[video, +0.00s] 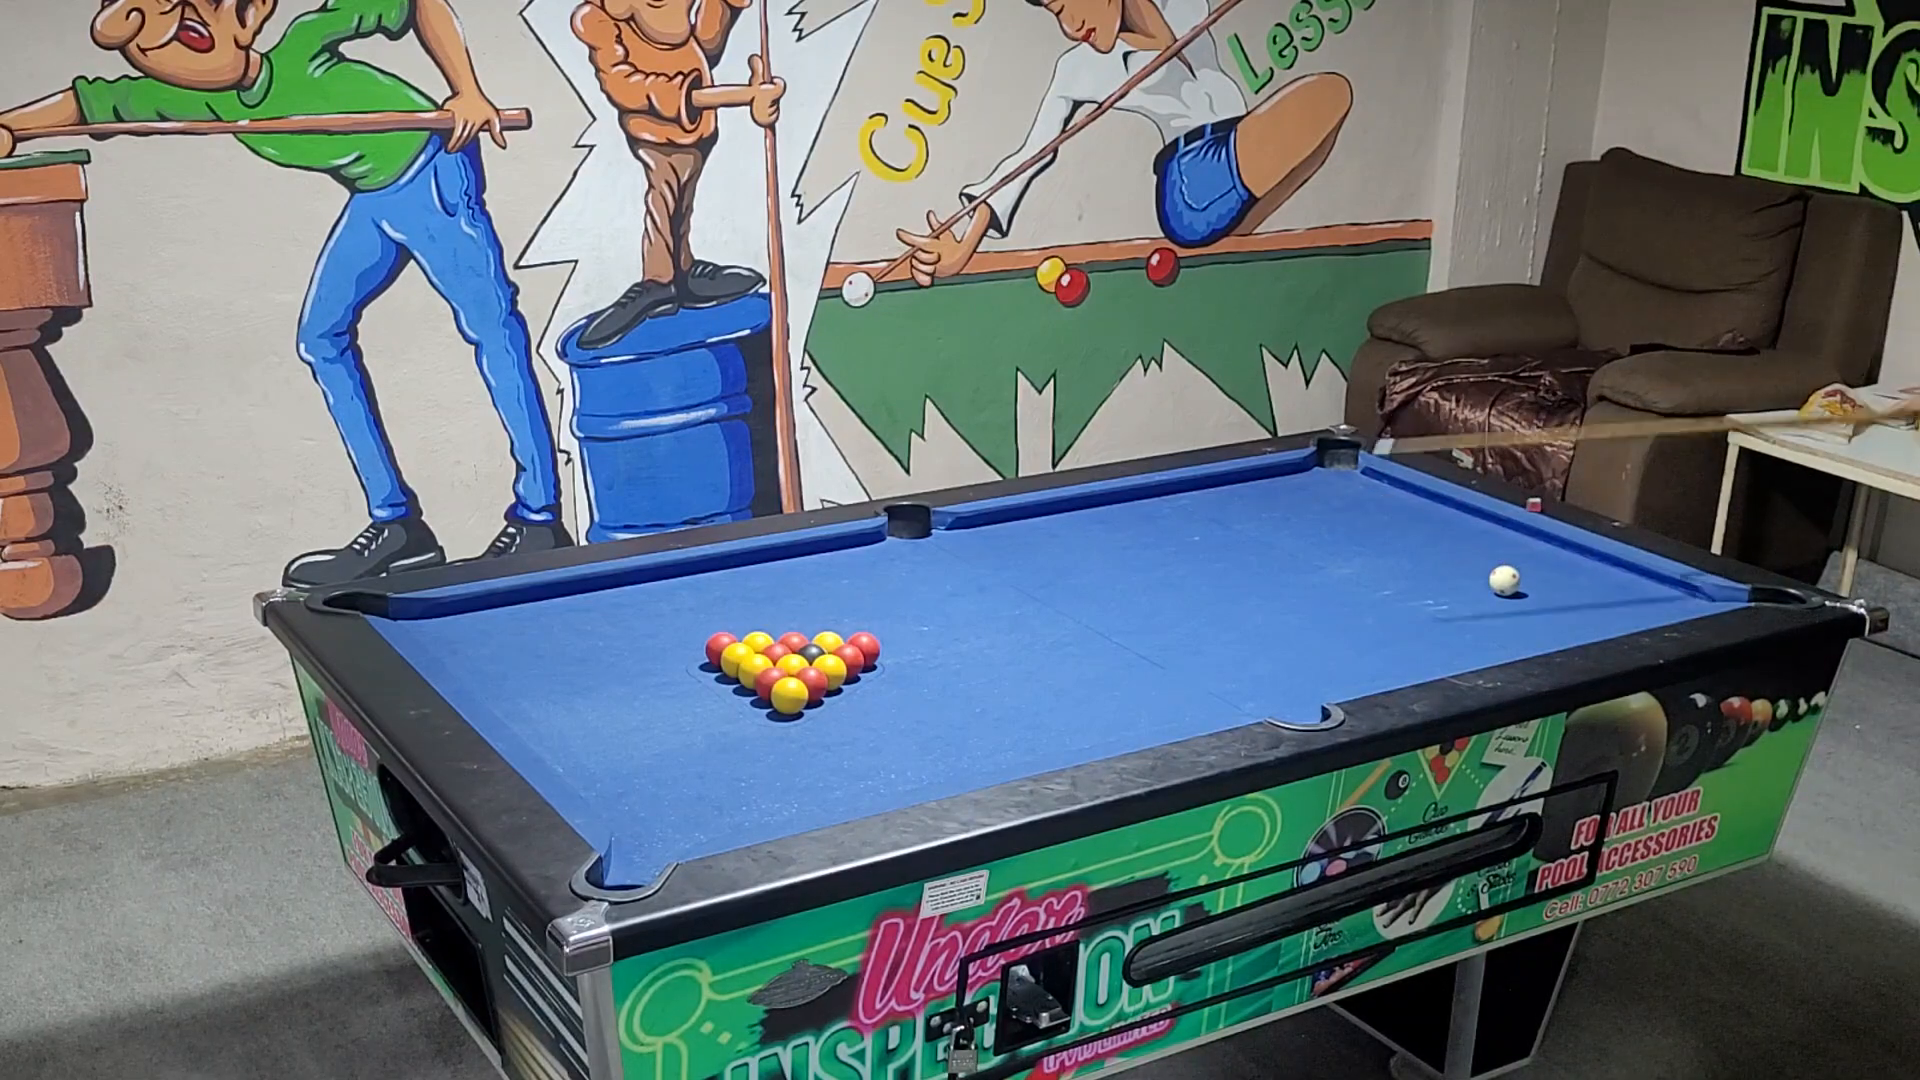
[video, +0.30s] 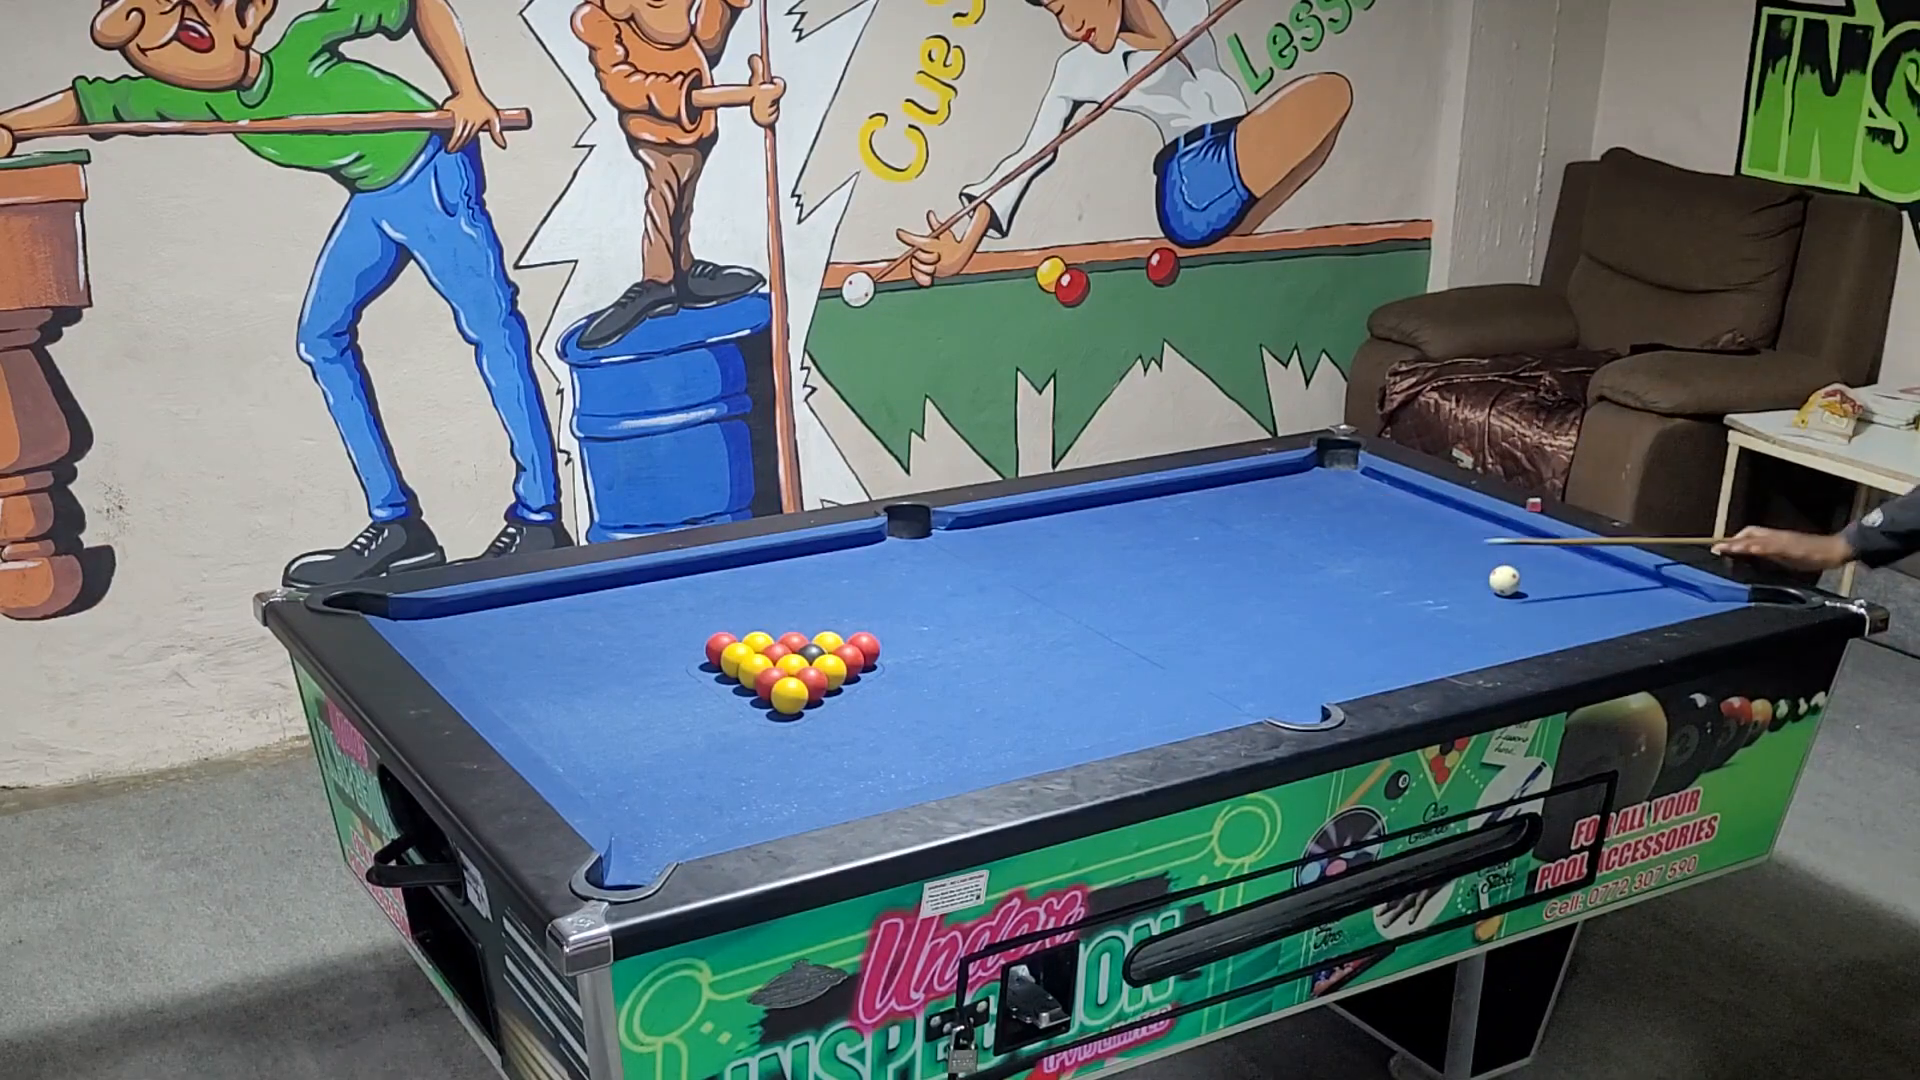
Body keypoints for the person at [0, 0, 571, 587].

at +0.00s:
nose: (207, 53)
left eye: (200, 39)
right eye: (190, 54)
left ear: (224, 20)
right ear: (183, 74)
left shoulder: (300, 37)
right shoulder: (213, 99)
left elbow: (418, 4)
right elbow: (90, 101)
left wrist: (467, 87)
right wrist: (9, 124)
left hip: (426, 166)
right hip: (369, 199)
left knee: (492, 330)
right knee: (322, 338)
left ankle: (541, 517)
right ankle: (397, 523)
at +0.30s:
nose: (205, 50)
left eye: (198, 35)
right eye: (188, 52)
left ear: (224, 16)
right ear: (181, 75)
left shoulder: (300, 37)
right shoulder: (215, 99)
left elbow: (418, 3)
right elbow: (91, 100)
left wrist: (467, 88)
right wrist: (10, 124)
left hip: (426, 165)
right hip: (369, 199)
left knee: (491, 327)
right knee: (322, 338)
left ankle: (540, 518)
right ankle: (397, 523)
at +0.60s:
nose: (206, 51)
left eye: (200, 37)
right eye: (189, 52)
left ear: (225, 18)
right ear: (182, 75)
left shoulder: (301, 37)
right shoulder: (215, 99)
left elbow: (418, 3)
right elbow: (91, 100)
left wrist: (467, 87)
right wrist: (10, 123)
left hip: (426, 166)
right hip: (369, 199)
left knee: (491, 327)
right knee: (322, 338)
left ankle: (540, 518)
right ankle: (397, 522)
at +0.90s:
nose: (209, 56)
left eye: (202, 41)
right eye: (192, 55)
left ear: (225, 21)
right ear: (183, 75)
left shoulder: (300, 37)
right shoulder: (212, 98)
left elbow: (418, 4)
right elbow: (90, 100)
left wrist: (467, 87)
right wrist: (8, 124)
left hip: (426, 166)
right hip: (369, 199)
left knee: (492, 330)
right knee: (322, 338)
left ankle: (540, 517)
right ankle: (397, 522)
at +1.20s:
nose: (208, 56)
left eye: (201, 42)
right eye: (191, 55)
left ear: (224, 22)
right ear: (184, 73)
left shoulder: (300, 37)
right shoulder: (213, 98)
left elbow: (418, 4)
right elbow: (89, 100)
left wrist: (467, 88)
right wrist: (8, 124)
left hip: (426, 166)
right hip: (369, 199)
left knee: (493, 330)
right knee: (322, 338)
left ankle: (540, 518)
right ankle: (397, 523)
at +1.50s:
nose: (208, 55)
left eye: (201, 40)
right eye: (191, 54)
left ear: (223, 21)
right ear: (182, 75)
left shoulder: (300, 37)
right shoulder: (213, 99)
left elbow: (418, 4)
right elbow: (89, 100)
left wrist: (467, 87)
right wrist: (9, 124)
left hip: (426, 166)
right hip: (369, 199)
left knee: (493, 331)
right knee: (322, 338)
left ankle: (540, 517)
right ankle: (397, 523)